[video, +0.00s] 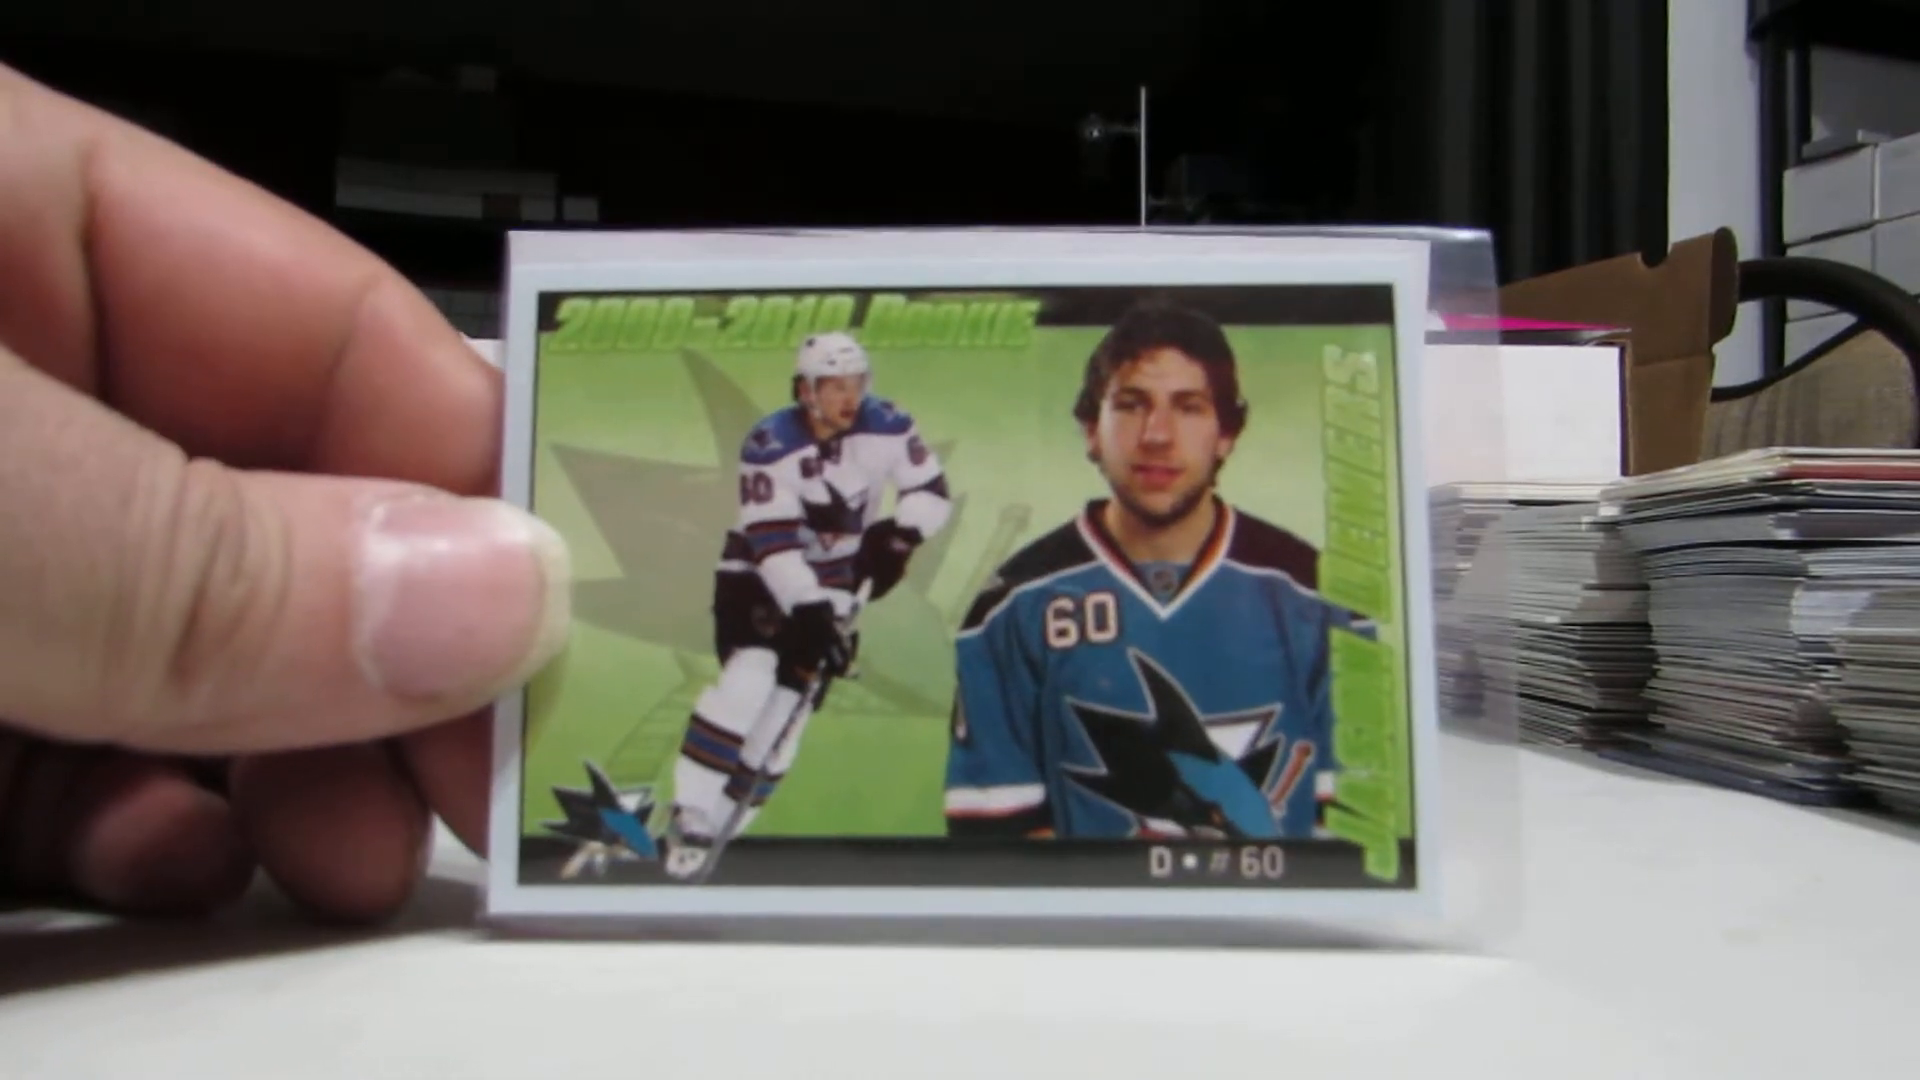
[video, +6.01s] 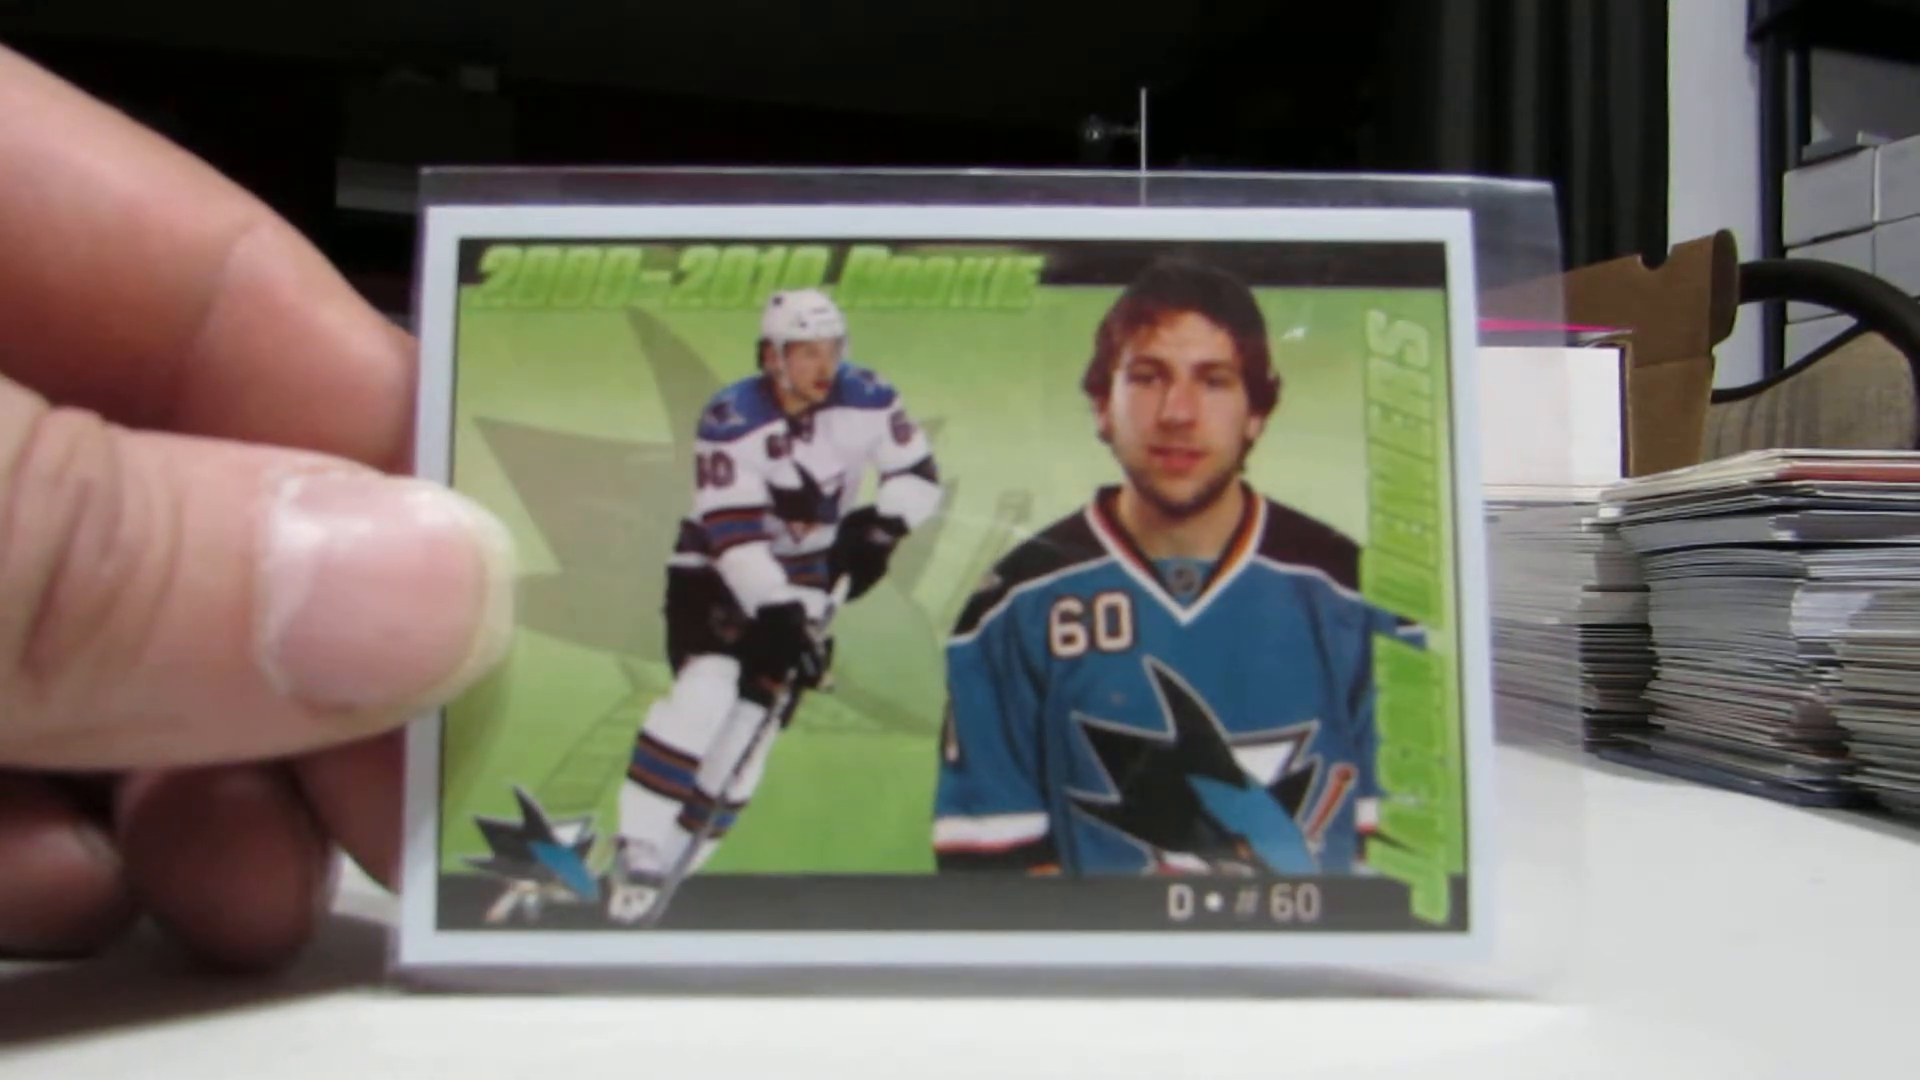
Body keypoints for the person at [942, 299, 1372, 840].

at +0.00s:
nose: (1157, 433)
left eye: (1187, 407)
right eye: (1131, 405)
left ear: (1225, 435)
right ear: (1092, 432)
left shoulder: (1315, 590)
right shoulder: (1017, 604)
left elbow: (1356, 823)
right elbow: (998, 839)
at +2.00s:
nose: (1175, 408)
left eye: (1210, 377)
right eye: (1145, 374)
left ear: (1254, 410)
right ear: (1101, 404)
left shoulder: (1350, 586)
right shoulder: (1014, 603)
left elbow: (1394, 850)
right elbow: (990, 874)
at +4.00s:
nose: (1175, 409)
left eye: (1211, 379)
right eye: (1145, 375)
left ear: (1253, 412)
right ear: (1101, 406)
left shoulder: (1351, 587)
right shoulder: (1013, 603)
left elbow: (1396, 853)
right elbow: (990, 874)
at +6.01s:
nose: (1177, 411)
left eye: (1212, 381)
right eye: (1147, 377)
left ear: (1255, 414)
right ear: (1103, 407)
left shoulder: (1355, 589)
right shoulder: (1017, 605)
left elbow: (1400, 853)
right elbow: (995, 874)